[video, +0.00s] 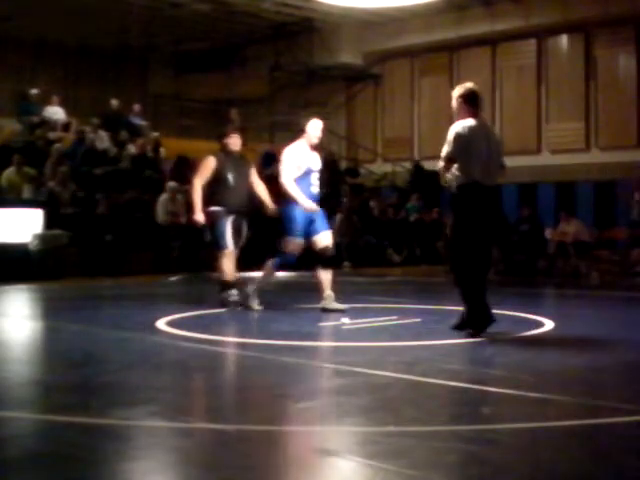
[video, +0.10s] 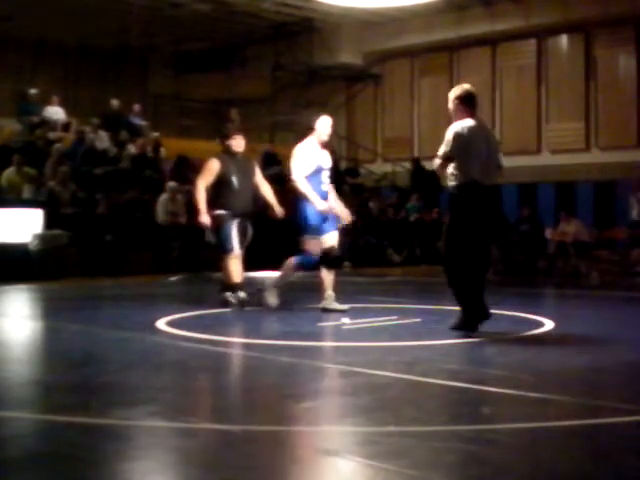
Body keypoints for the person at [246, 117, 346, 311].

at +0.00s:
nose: (318, 134)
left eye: (320, 131)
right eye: (315, 130)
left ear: (321, 133)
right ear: (306, 130)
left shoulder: (315, 155)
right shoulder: (292, 151)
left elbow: (311, 182)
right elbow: (286, 180)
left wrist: (315, 202)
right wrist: (305, 202)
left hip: (314, 205)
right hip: (296, 205)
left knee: (325, 249)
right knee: (292, 249)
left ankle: (327, 296)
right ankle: (256, 286)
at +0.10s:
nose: (328, 132)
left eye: (330, 128)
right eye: (325, 127)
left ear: (331, 130)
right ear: (316, 127)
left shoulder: (325, 153)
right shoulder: (303, 149)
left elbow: (327, 185)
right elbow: (297, 178)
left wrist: (340, 208)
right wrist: (317, 202)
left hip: (326, 203)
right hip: (309, 203)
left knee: (331, 251)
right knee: (312, 253)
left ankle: (328, 297)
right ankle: (275, 284)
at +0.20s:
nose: (335, 128)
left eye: (337, 125)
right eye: (332, 124)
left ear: (339, 127)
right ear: (323, 125)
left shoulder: (334, 151)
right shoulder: (310, 147)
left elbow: (336, 178)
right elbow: (304, 175)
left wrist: (360, 195)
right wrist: (325, 196)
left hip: (333, 198)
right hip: (317, 197)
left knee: (333, 248)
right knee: (332, 244)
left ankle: (329, 298)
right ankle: (299, 283)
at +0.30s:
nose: (342, 128)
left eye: (344, 124)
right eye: (339, 123)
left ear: (346, 126)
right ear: (331, 124)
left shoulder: (343, 148)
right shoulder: (317, 147)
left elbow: (348, 175)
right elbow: (311, 176)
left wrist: (374, 186)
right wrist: (332, 196)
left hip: (341, 198)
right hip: (324, 197)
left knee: (343, 245)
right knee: (344, 242)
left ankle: (333, 297)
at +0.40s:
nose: (350, 128)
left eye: (351, 124)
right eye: (346, 124)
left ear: (353, 126)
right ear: (337, 125)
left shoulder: (352, 150)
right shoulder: (325, 149)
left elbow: (360, 176)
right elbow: (317, 178)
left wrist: (384, 185)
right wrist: (337, 199)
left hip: (351, 204)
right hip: (334, 204)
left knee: (337, 250)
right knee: (351, 245)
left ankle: (328, 298)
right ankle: (364, 297)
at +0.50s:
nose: (357, 129)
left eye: (358, 124)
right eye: (353, 125)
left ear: (360, 127)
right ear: (343, 127)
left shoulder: (361, 150)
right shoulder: (333, 151)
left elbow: (367, 176)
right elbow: (324, 180)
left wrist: (391, 190)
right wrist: (344, 203)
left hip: (360, 206)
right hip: (344, 206)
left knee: (342, 253)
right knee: (363, 247)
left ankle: (330, 297)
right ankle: (375, 298)